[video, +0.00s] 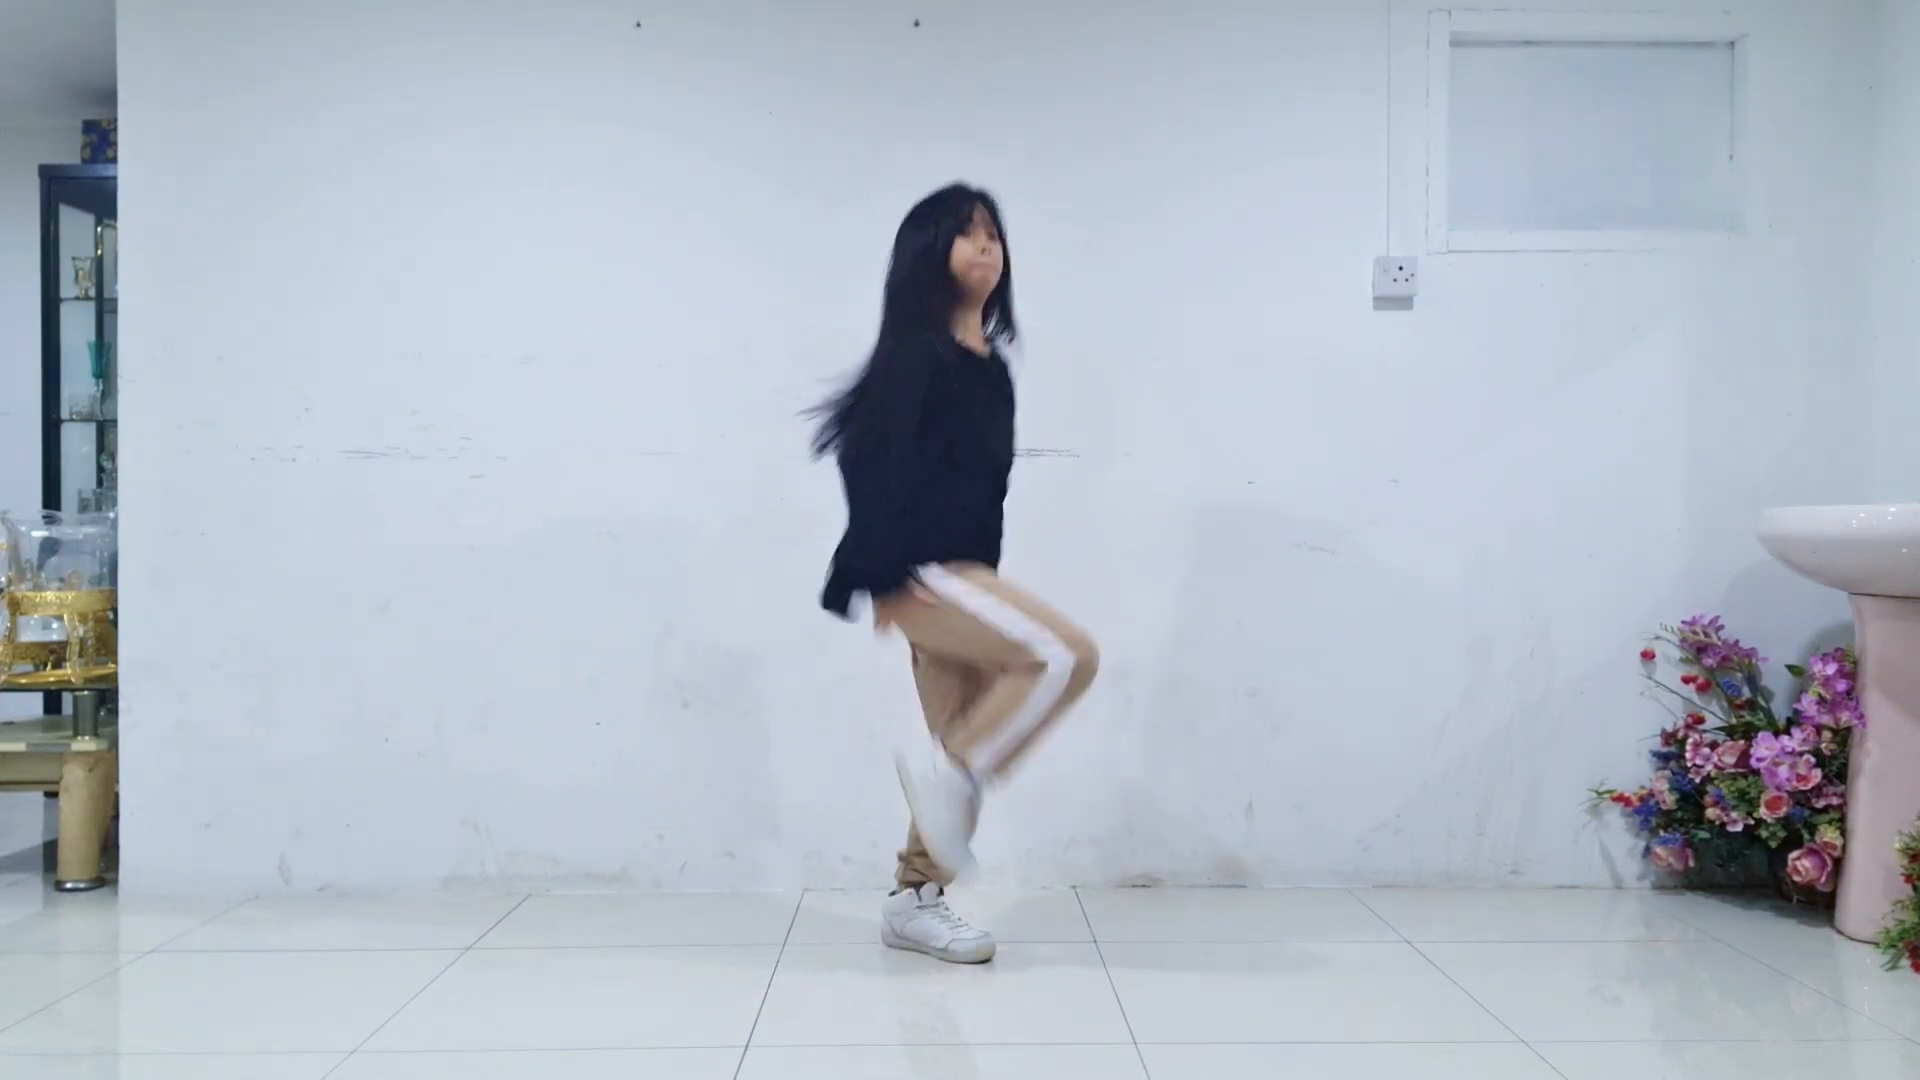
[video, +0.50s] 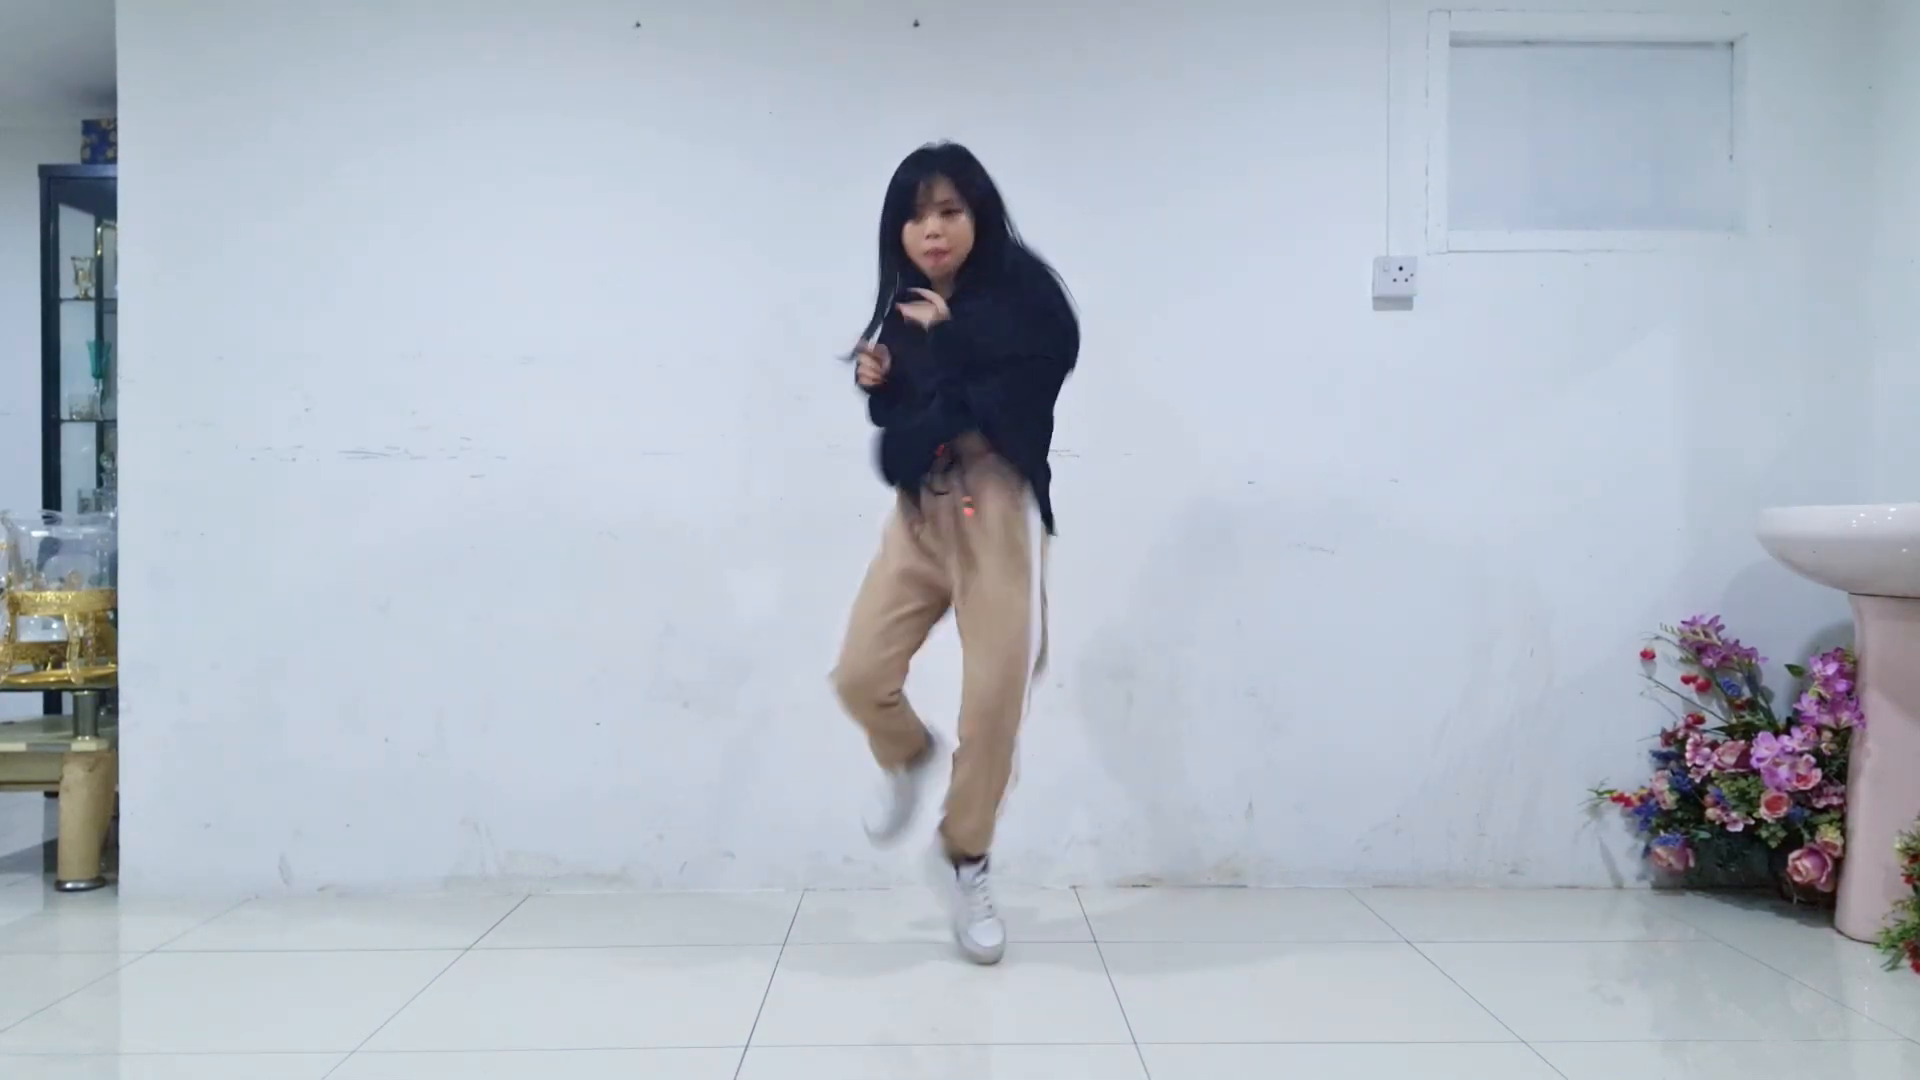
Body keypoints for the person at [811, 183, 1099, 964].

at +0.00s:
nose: (984, 248)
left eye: (991, 236)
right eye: (966, 236)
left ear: (1003, 253)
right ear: (932, 252)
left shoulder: (989, 355)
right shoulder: (913, 349)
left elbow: (970, 464)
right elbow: (870, 454)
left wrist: (977, 562)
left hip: (961, 561)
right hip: (914, 565)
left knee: (957, 738)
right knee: (1061, 656)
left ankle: (918, 901)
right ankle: (957, 772)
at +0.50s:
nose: (934, 229)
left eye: (951, 212)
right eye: (917, 215)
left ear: (981, 220)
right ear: (897, 228)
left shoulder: (1023, 291)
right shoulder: (902, 305)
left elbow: (1027, 382)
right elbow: (891, 415)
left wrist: (946, 333)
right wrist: (879, 381)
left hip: (997, 506)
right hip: (917, 505)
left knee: (992, 694)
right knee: (860, 677)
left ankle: (968, 860)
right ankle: (916, 758)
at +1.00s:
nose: (870, 496)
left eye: (886, 477)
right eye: (856, 482)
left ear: (923, 480)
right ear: (845, 495)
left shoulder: (953, 563)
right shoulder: (912, 560)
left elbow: (956, 683)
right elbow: (939, 659)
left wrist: (921, 775)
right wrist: (879, 669)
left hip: (1030, 770)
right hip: (988, 748)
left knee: (878, 832)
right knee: (875, 766)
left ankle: (1030, 907)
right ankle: (980, 897)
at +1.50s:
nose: (824, 545)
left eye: (844, 533)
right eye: (822, 528)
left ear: (880, 544)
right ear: (814, 530)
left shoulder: (892, 632)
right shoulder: (910, 601)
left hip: (1054, 784)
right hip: (1035, 753)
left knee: (898, 799)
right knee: (894, 760)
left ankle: (1012, 931)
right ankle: (981, 899)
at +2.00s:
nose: (902, 218)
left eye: (922, 205)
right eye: (893, 205)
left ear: (953, 224)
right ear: (879, 218)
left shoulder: (952, 296)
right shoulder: (865, 316)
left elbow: (883, 298)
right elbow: (788, 282)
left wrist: (866, 198)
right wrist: (766, 200)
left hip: (985, 547)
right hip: (928, 558)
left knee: (967, 719)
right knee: (913, 716)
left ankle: (990, 901)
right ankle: (963, 881)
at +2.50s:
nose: (931, 259)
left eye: (951, 253)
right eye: (926, 244)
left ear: (977, 273)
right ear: (909, 250)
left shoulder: (973, 345)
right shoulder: (886, 340)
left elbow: (933, 407)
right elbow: (818, 391)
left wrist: (841, 365)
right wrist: (735, 393)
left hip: (974, 552)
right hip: (929, 557)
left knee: (960, 708)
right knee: (936, 714)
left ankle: (996, 884)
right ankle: (969, 876)